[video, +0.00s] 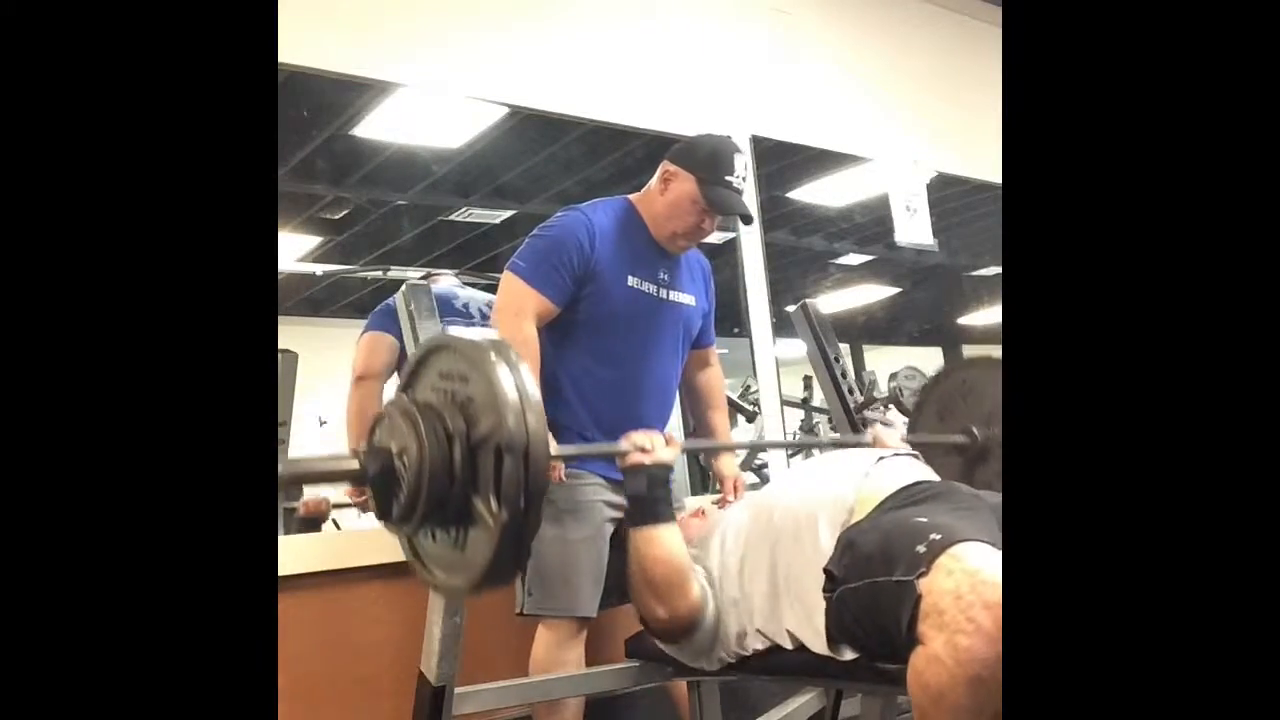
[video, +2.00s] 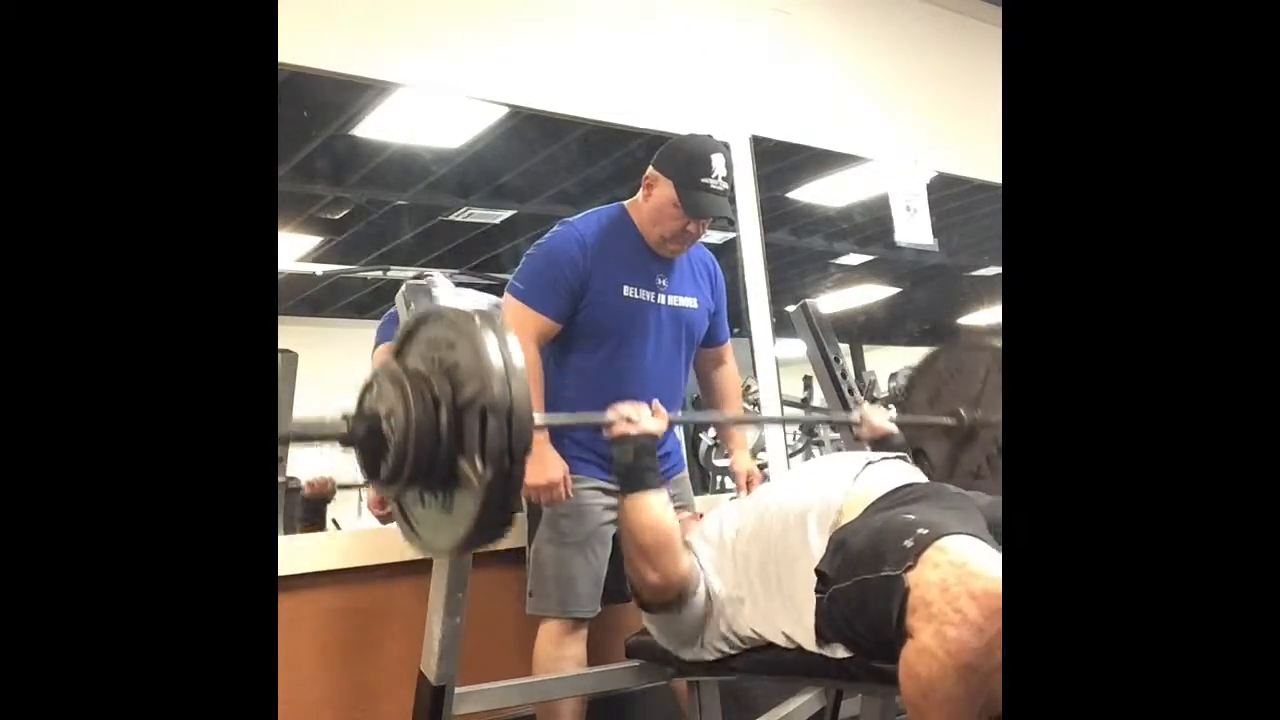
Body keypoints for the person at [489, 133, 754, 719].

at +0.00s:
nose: (712, 224)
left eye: (721, 214)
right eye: (706, 206)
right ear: (666, 178)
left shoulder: (697, 271)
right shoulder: (583, 232)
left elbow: (703, 366)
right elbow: (513, 315)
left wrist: (722, 453)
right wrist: (531, 431)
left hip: (651, 476)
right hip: (575, 469)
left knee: (627, 625)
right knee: (564, 626)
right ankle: (557, 718)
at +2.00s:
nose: (699, 227)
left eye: (708, 218)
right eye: (689, 211)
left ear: (717, 214)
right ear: (650, 186)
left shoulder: (704, 269)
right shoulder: (575, 246)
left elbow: (718, 364)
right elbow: (516, 340)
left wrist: (739, 449)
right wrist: (535, 444)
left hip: (661, 473)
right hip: (579, 469)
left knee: (634, 614)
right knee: (568, 620)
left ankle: (616, 715)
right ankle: (563, 718)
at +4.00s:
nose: (704, 229)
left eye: (713, 219)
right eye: (696, 212)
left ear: (722, 214)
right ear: (657, 186)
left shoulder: (706, 270)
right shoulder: (579, 247)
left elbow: (719, 364)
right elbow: (520, 340)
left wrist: (739, 449)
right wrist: (538, 446)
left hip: (661, 470)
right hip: (579, 467)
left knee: (652, 611)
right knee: (570, 619)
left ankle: (638, 713)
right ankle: (565, 716)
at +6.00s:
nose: (703, 228)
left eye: (712, 218)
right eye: (694, 212)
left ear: (722, 214)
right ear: (655, 185)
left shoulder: (706, 270)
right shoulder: (578, 247)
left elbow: (719, 364)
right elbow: (521, 341)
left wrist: (740, 450)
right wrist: (537, 448)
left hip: (662, 470)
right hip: (579, 468)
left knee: (657, 612)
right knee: (569, 622)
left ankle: (645, 714)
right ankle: (563, 717)